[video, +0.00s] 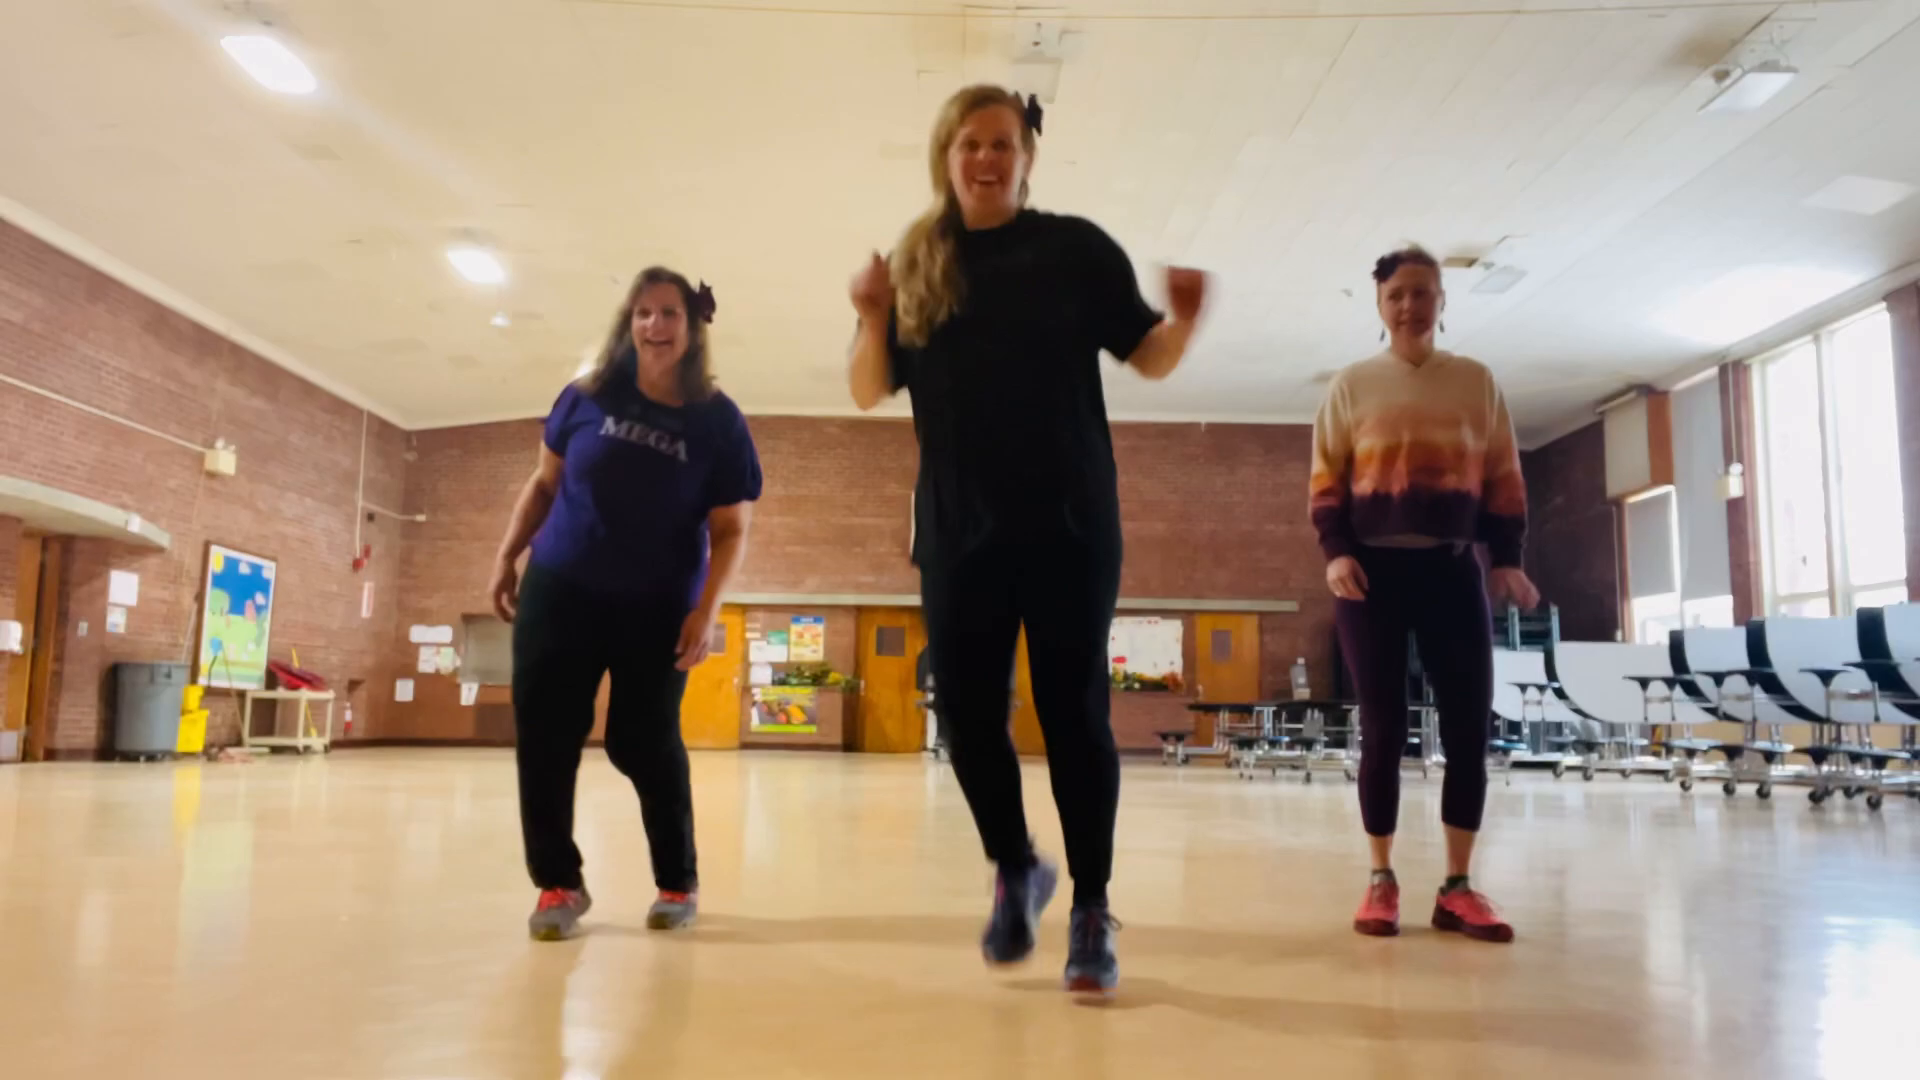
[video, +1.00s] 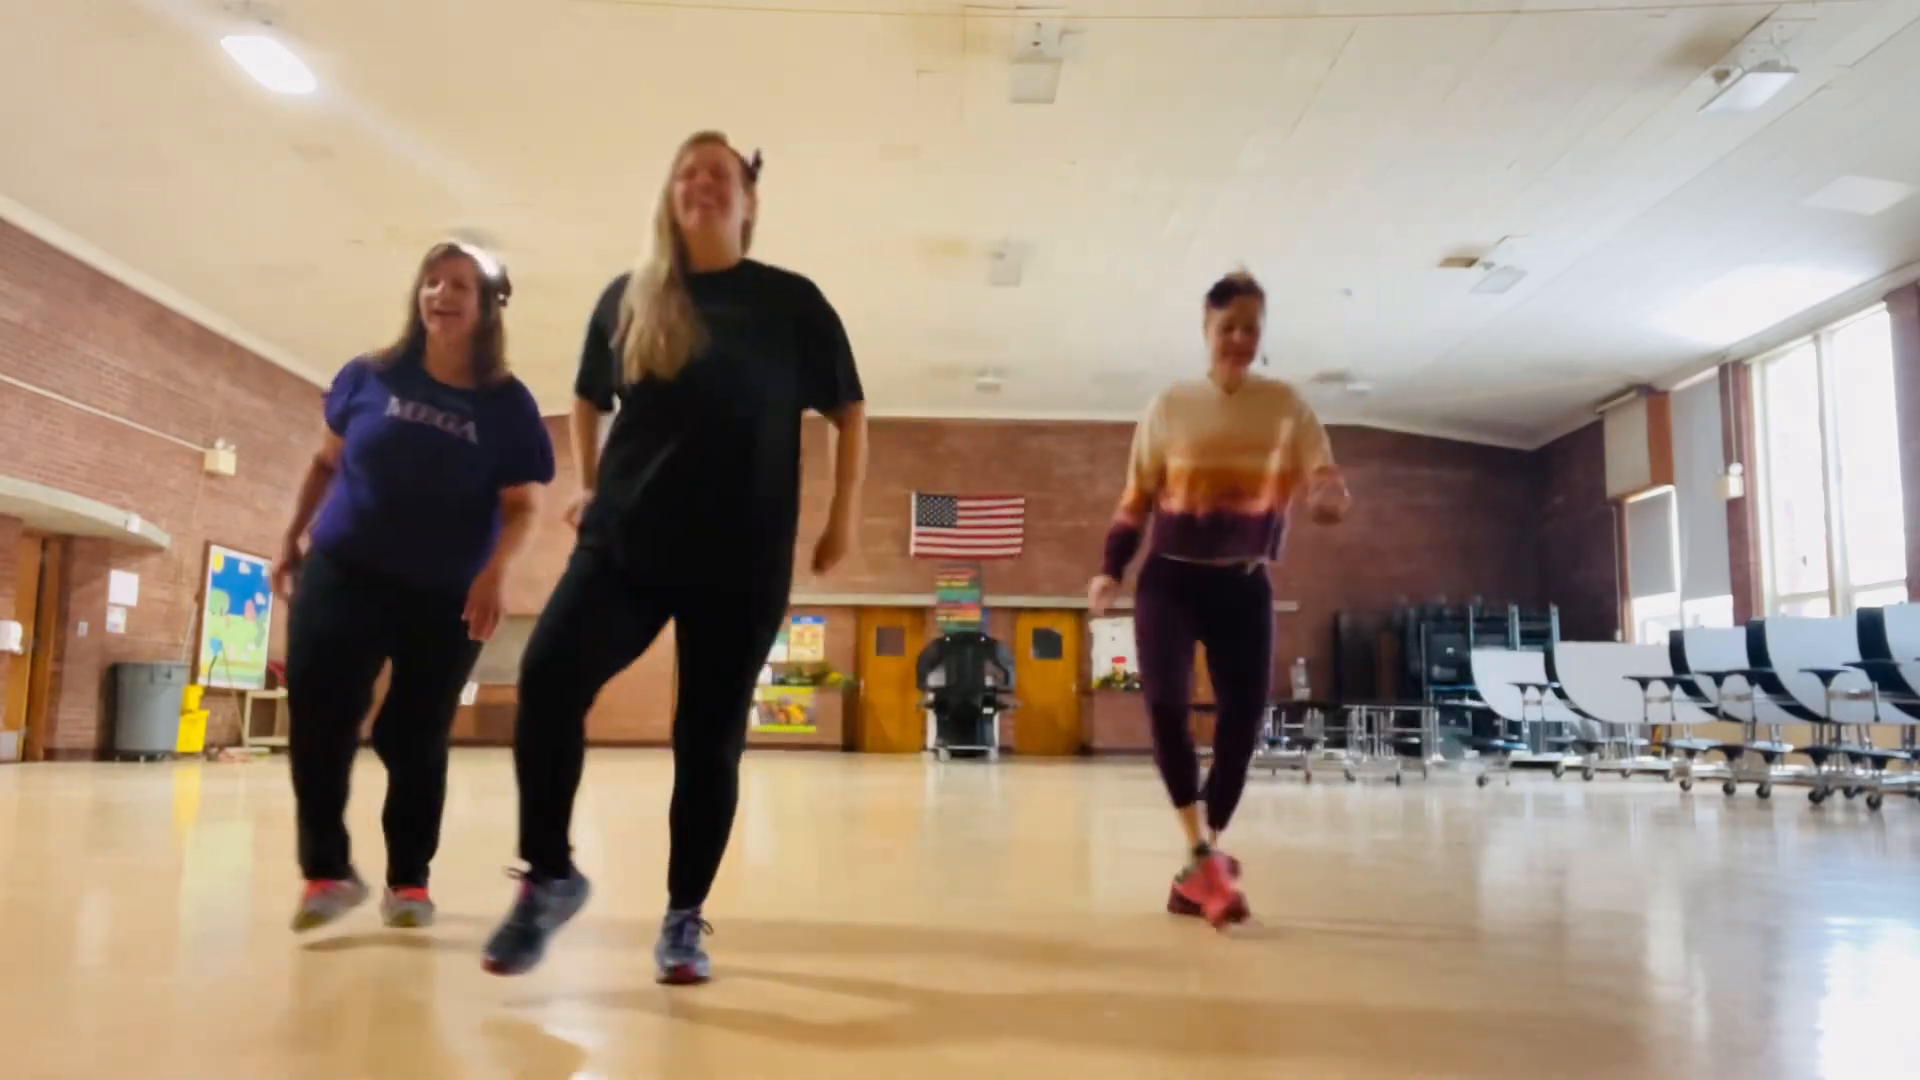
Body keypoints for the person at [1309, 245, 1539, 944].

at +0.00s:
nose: (1412, 305)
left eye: (1422, 293)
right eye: (1398, 294)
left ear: (1441, 301)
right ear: (1379, 304)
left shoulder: (1476, 381)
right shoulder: (1349, 387)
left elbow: (1505, 479)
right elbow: (1326, 484)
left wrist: (1507, 560)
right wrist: (1335, 552)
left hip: (1454, 576)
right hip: (1373, 576)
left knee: (1468, 731)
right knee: (1382, 730)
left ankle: (1457, 888)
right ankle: (1381, 881)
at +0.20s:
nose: (1417, 305)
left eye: (1429, 294)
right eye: (1404, 295)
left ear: (1448, 302)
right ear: (1386, 306)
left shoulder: (1485, 385)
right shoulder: (1355, 387)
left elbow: (1524, 479)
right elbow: (1326, 476)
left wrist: (1502, 561)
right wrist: (1327, 545)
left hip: (1449, 573)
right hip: (1367, 570)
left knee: (1470, 726)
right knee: (1361, 694)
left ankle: (1457, 886)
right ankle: (1342, 823)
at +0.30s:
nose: (1413, 300)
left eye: (1425, 289)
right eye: (1401, 290)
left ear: (1444, 296)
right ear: (1381, 299)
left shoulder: (1480, 382)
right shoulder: (1350, 382)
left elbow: (1514, 474)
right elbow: (1319, 475)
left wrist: (1501, 552)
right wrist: (1314, 545)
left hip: (1442, 569)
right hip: (1360, 564)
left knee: (1466, 722)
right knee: (1325, 695)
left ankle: (1455, 884)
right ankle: (1278, 830)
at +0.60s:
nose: (1373, 319)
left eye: (1385, 309)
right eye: (1362, 306)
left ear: (1398, 319)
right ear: (1338, 310)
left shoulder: (1402, 402)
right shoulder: (1290, 382)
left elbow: (1412, 504)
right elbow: (1241, 468)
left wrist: (1461, 535)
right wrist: (1225, 534)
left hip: (1356, 576)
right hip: (1279, 569)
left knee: (1415, 714)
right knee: (1272, 723)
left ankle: (1451, 876)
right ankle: (1263, 881)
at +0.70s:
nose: (1335, 318)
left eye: (1347, 308)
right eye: (1324, 305)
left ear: (1359, 317)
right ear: (1301, 306)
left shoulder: (1364, 396)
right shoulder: (1253, 380)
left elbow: (1367, 489)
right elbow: (1207, 471)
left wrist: (1425, 478)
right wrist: (1195, 540)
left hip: (1313, 569)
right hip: (1245, 565)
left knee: (1387, 711)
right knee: (1255, 720)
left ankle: (1361, 851)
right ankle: (1258, 876)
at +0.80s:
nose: (1300, 320)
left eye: (1312, 309)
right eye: (1290, 307)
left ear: (1324, 317)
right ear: (1267, 308)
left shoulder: (1333, 396)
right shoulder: (1223, 386)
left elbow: (1350, 482)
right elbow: (1185, 479)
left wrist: (1386, 447)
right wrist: (1173, 555)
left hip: (1289, 570)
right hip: (1219, 567)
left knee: (1330, 719)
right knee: (1238, 720)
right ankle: (1256, 875)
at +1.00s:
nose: (1241, 339)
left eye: (1251, 328)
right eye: (1229, 326)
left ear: (1264, 333)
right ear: (1206, 327)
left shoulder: (1287, 407)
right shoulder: (1169, 407)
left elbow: (1328, 503)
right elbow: (1136, 502)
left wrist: (1329, 500)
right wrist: (1110, 570)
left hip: (1243, 583)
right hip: (1168, 579)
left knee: (1241, 723)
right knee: (1166, 710)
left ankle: (1198, 866)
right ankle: (1204, 855)